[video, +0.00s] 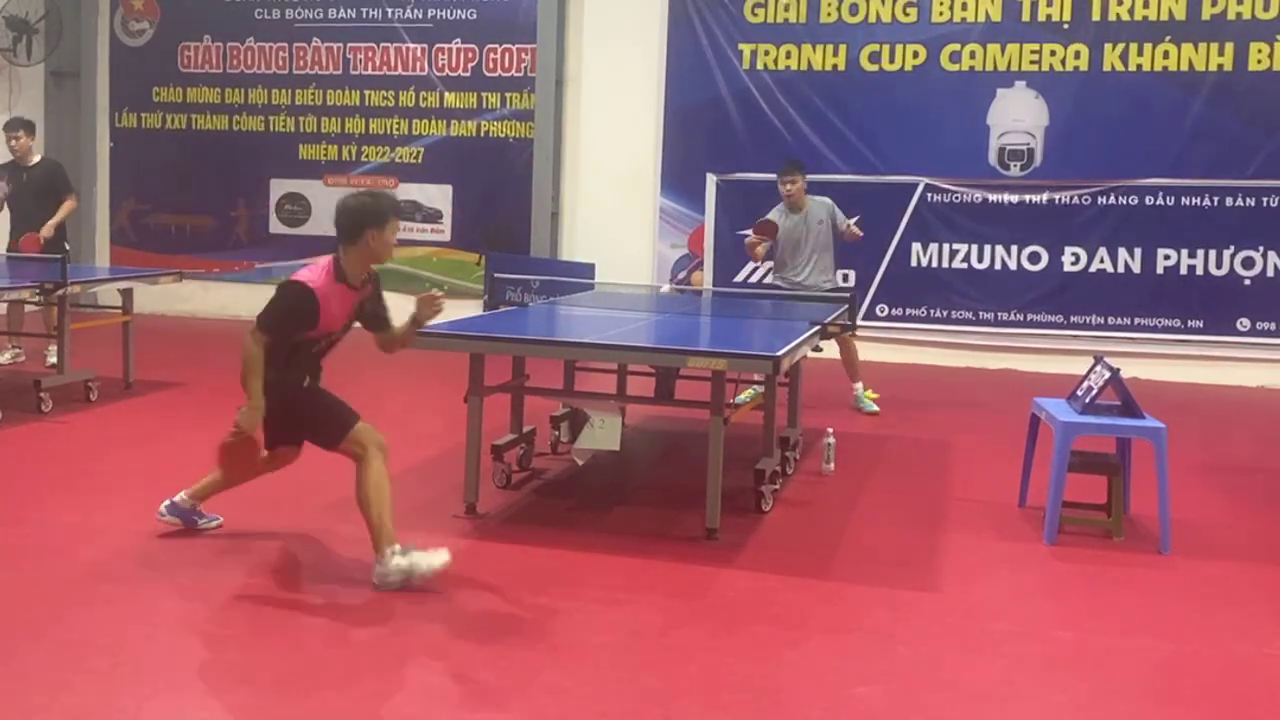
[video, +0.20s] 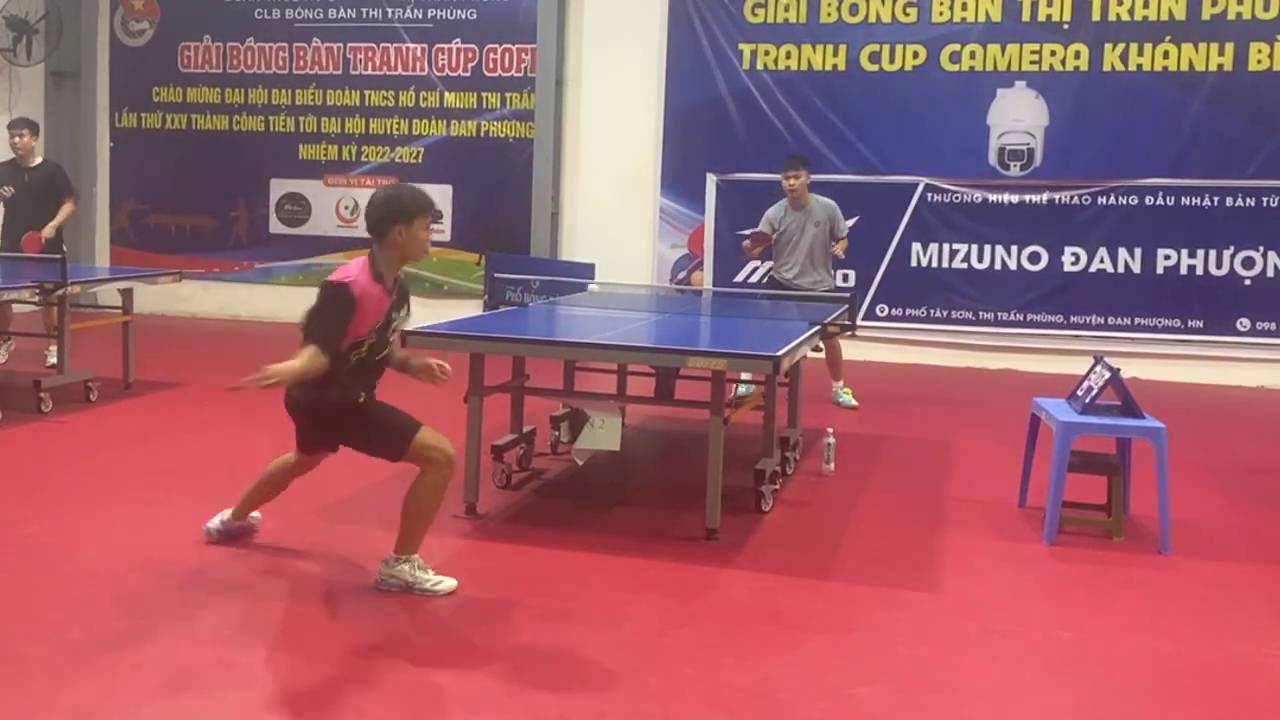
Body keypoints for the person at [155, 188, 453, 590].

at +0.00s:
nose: (397, 240)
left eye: (396, 231)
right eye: (392, 231)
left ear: (365, 236)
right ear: (367, 236)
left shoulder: (365, 281)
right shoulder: (306, 288)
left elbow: (388, 342)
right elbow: (254, 340)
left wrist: (416, 321)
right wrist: (254, 406)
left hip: (296, 382)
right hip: (281, 386)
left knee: (282, 453)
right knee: (370, 447)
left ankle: (184, 502)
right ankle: (388, 557)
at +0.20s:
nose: (430, 240)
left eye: (430, 230)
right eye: (425, 229)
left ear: (396, 235)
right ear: (397, 234)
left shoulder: (395, 284)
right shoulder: (347, 287)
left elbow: (376, 345)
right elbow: (321, 352)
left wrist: (410, 363)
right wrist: (289, 369)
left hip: (323, 395)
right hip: (330, 402)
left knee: (305, 458)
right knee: (439, 457)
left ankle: (233, 519)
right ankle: (402, 563)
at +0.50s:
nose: (397, 194)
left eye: (395, 185)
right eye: (393, 186)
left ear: (339, 190)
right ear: (383, 190)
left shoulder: (307, 243)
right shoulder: (393, 226)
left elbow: (266, 302)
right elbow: (459, 215)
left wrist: (310, 269)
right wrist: (427, 167)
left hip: (298, 395)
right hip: (357, 395)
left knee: (317, 455)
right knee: (469, 454)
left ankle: (241, 541)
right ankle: (416, 569)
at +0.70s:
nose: (399, 203)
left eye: (399, 195)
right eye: (399, 196)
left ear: (339, 193)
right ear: (392, 199)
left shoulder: (298, 252)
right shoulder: (397, 263)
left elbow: (259, 334)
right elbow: (458, 331)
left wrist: (313, 313)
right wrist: (477, 291)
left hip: (280, 399)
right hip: (349, 405)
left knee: (264, 473)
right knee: (439, 498)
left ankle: (214, 584)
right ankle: (460, 632)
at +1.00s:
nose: (358, 227)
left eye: (357, 218)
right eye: (356, 219)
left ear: (298, 221)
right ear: (346, 227)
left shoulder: (260, 270)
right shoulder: (347, 294)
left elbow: (253, 347)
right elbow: (379, 390)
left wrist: (334, 380)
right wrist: (348, 392)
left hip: (215, 417)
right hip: (291, 428)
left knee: (185, 513)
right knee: (380, 529)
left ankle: (100, 619)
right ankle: (397, 669)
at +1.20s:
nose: (279, 177)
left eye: (276, 170)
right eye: (278, 170)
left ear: (221, 175)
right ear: (271, 177)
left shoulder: (183, 218)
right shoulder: (288, 230)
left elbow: (174, 272)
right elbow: (342, 246)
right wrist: (371, 231)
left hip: (133, 348)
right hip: (206, 355)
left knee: (139, 459)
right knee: (256, 492)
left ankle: (107, 589)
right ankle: (298, 638)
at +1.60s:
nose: (231, 193)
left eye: (230, 183)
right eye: (229, 183)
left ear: (170, 185)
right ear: (216, 187)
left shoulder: (116, 227)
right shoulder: (211, 251)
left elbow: (51, 299)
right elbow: (271, 332)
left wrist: (101, 323)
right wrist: (327, 329)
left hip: (56, 379)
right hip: (120, 385)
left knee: (86, 485)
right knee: (212, 495)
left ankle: (39, 612)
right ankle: (224, 640)